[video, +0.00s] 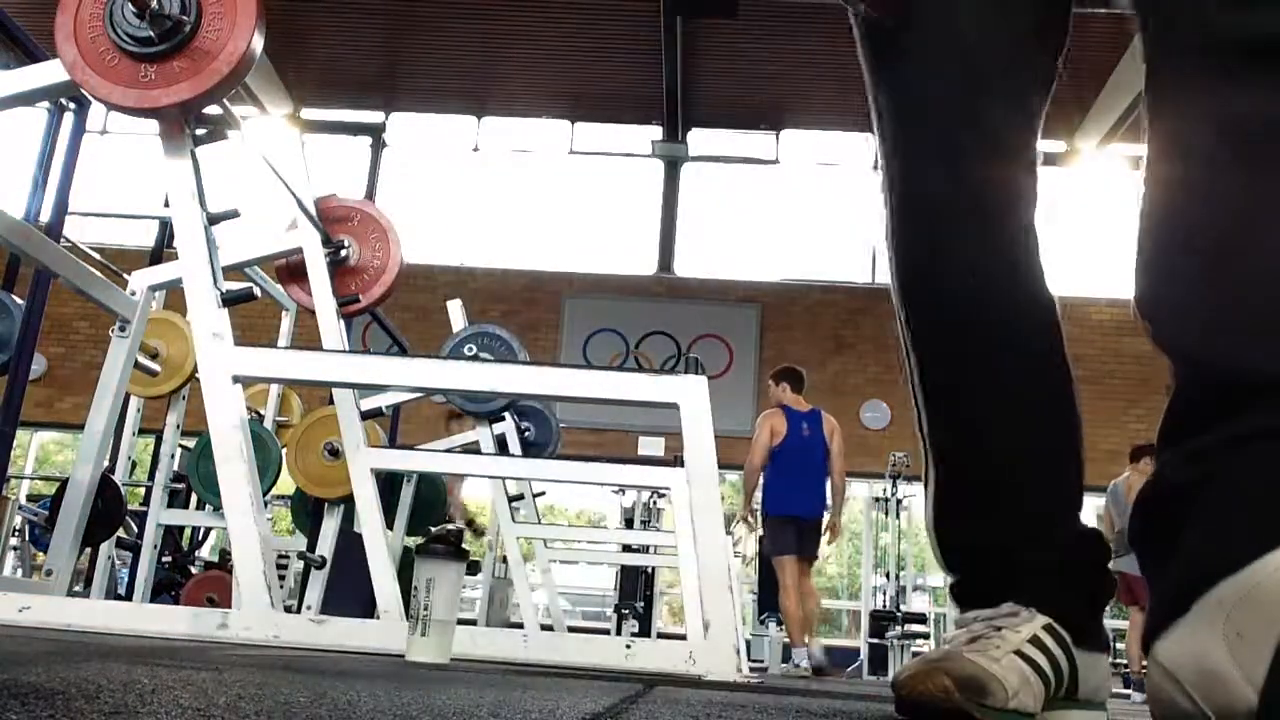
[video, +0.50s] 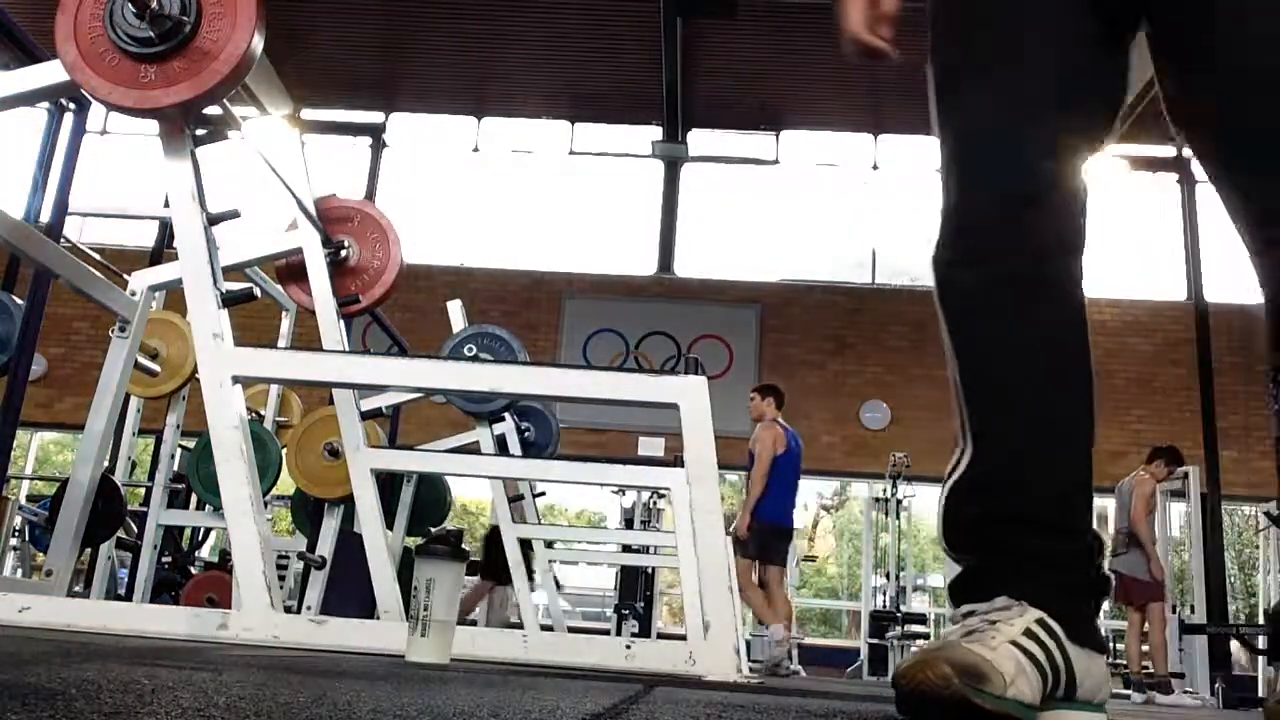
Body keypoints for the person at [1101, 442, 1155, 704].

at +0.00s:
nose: (1154, 468)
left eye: (1154, 464)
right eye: (1153, 463)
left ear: (1133, 462)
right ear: (1144, 462)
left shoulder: (1113, 486)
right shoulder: (1148, 485)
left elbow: (1110, 526)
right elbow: (1151, 523)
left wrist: (1116, 548)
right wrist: (1154, 548)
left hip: (1120, 557)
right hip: (1141, 557)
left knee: (1135, 615)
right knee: (1147, 615)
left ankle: (1135, 673)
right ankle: (1144, 671)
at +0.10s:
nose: (1153, 468)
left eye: (1152, 463)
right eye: (1153, 463)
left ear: (1135, 461)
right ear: (1151, 462)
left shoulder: (1116, 486)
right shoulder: (1153, 483)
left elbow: (1111, 529)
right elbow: (1154, 524)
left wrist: (1121, 545)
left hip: (1121, 558)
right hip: (1145, 558)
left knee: (1135, 616)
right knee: (1153, 616)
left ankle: (1135, 674)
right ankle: (1155, 672)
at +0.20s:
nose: (1154, 470)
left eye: (1148, 461)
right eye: (1153, 463)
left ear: (1139, 459)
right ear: (1151, 462)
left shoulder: (1119, 485)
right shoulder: (1152, 484)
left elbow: (1114, 523)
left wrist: (1122, 542)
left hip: (1120, 557)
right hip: (1142, 557)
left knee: (1135, 616)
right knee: (1151, 617)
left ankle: (1135, 676)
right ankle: (1155, 675)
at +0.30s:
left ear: (1137, 457)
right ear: (1154, 459)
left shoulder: (1121, 486)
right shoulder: (1150, 484)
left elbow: (1115, 527)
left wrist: (1117, 551)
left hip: (1125, 558)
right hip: (1148, 557)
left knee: (1134, 620)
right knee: (1158, 620)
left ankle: (1135, 679)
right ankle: (1163, 679)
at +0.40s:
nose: (1165, 478)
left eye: (1168, 474)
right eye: (1167, 473)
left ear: (1151, 461)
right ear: (1159, 464)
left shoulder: (1123, 483)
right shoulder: (1146, 482)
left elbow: (1115, 527)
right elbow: (1138, 520)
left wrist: (1121, 555)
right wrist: (1153, 559)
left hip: (1121, 558)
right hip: (1140, 558)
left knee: (1135, 621)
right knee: (1158, 618)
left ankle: (1136, 683)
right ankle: (1163, 684)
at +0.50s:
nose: (1166, 478)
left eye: (1170, 474)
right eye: (1169, 472)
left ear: (1152, 461)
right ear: (1160, 464)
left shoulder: (1124, 483)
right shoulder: (1146, 482)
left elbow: (1118, 527)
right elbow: (1138, 520)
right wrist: (1153, 558)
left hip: (1122, 558)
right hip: (1140, 557)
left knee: (1134, 622)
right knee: (1158, 621)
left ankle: (1136, 685)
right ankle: (1164, 686)